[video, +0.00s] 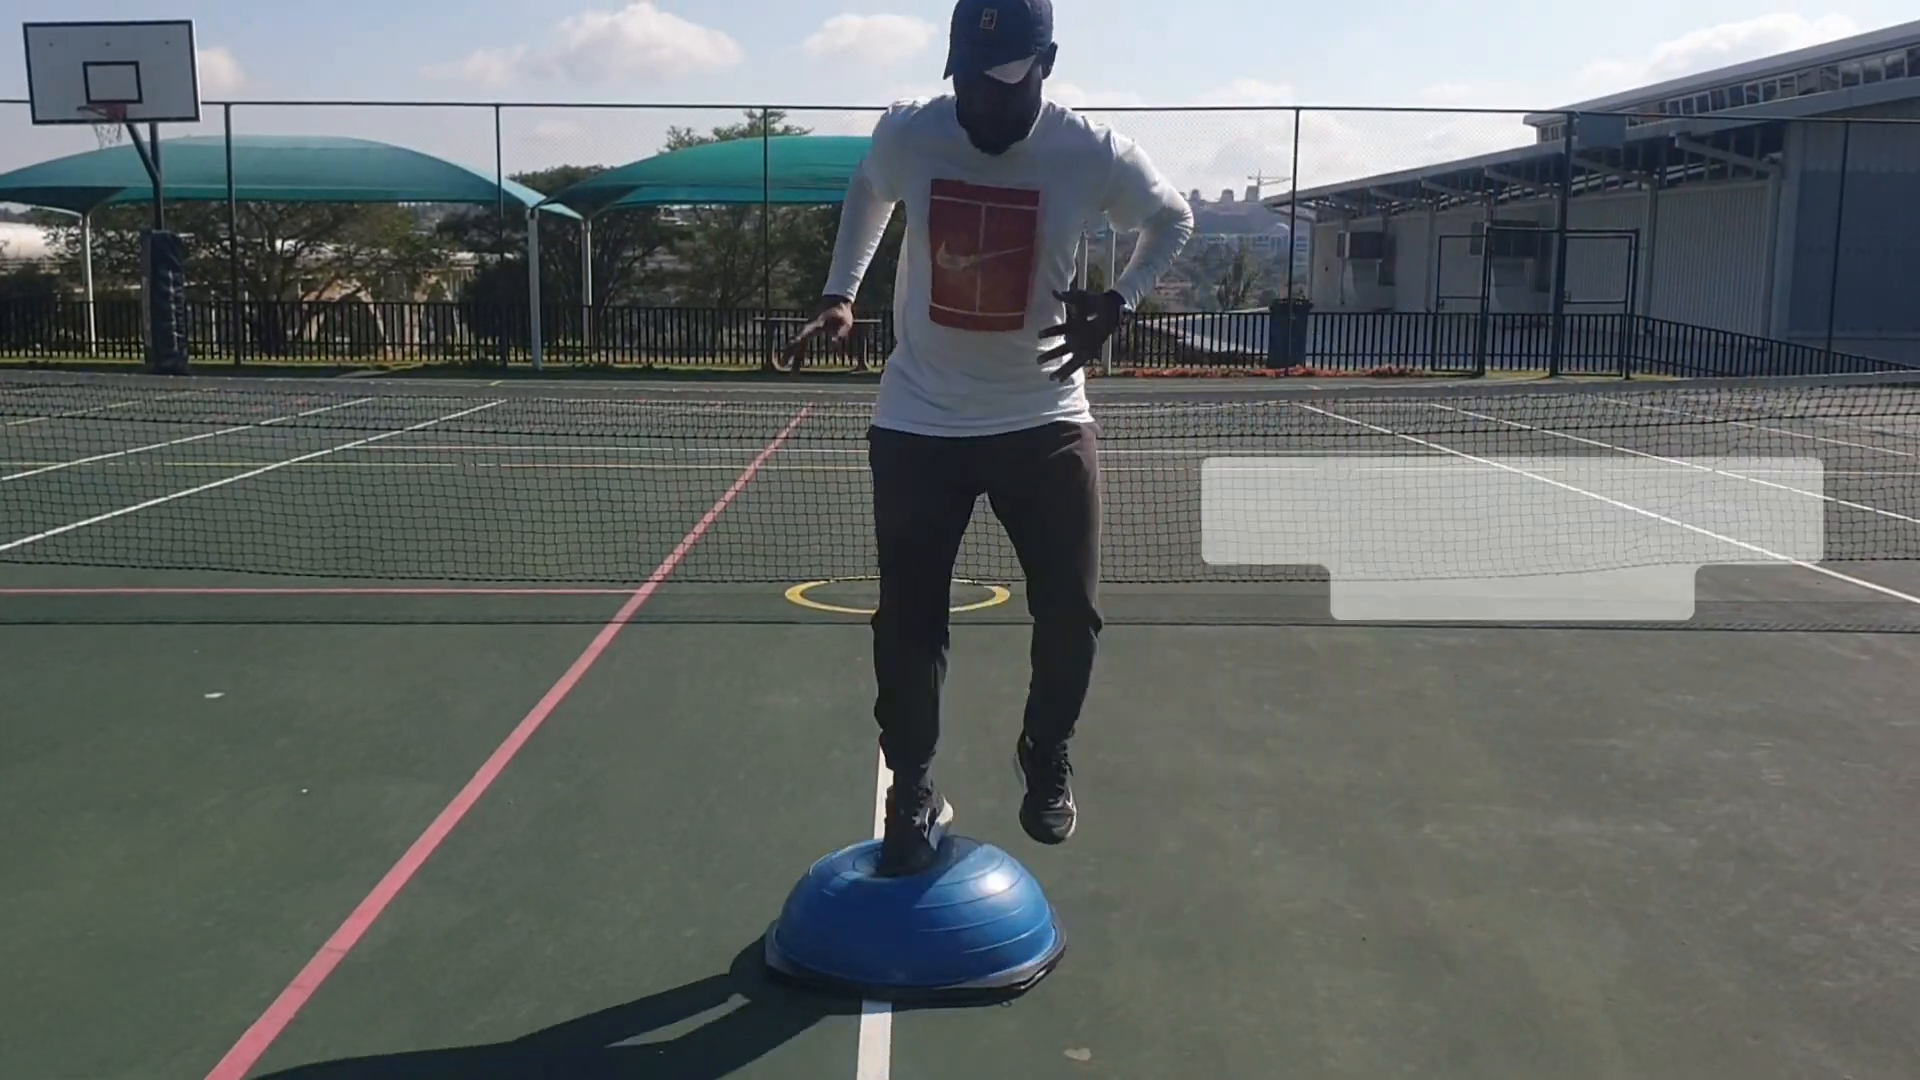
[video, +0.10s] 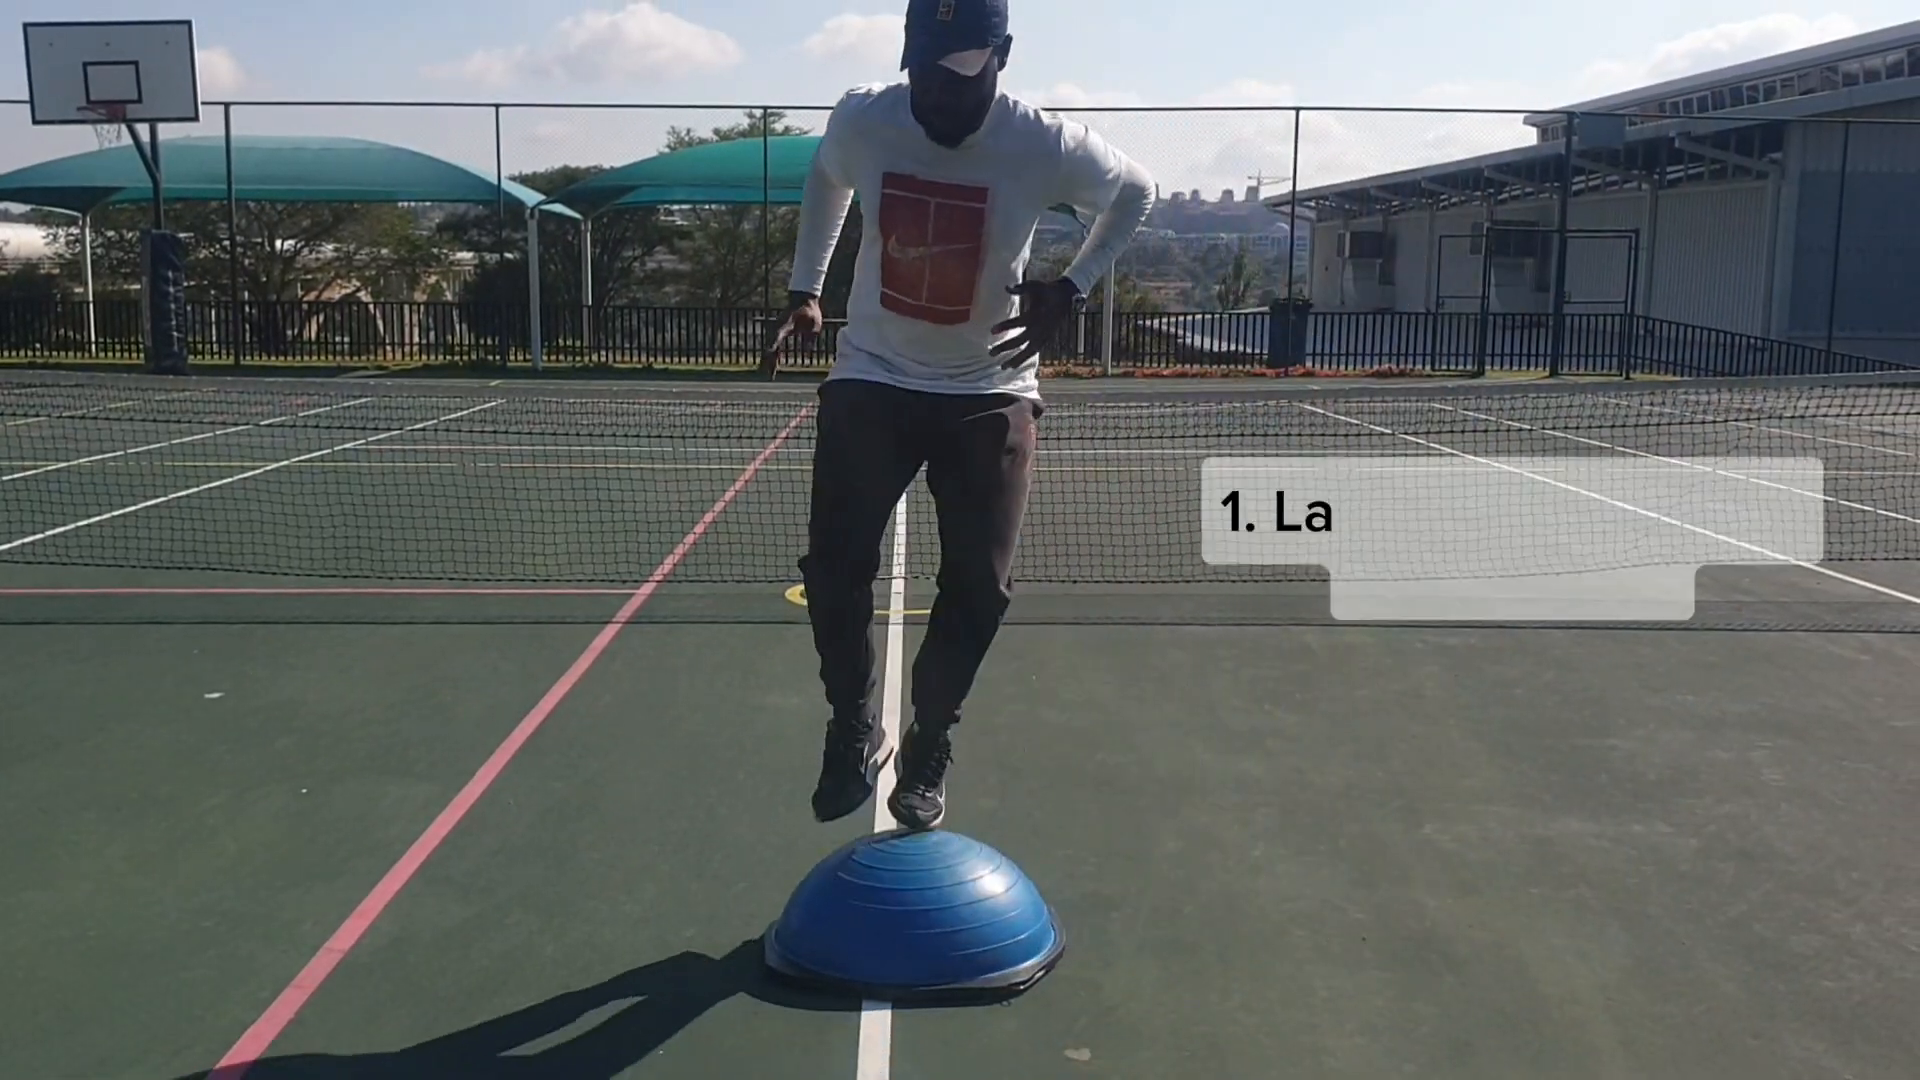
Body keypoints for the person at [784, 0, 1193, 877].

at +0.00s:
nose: (983, 99)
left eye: (1003, 81)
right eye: (971, 80)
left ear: (1041, 66)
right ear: (954, 64)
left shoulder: (1085, 152)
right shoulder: (906, 134)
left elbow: (1173, 218)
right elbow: (871, 194)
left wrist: (1118, 301)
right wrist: (841, 290)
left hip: (1043, 419)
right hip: (919, 419)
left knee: (1070, 608)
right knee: (908, 613)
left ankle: (1048, 761)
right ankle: (912, 795)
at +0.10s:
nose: (941, 95)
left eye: (961, 79)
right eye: (929, 74)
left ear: (998, 61)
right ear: (908, 55)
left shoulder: (1040, 144)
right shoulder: (861, 123)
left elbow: (1133, 191)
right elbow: (828, 183)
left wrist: (1074, 283)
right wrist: (806, 290)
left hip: (989, 388)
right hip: (873, 376)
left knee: (981, 583)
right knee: (834, 565)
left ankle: (930, 742)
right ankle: (852, 724)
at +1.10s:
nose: (1076, 235)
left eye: (1093, 217)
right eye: (1061, 215)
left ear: (1118, 220)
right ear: (1033, 214)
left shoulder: (1157, 300)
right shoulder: (976, 312)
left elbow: (1195, 381)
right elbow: (930, 401)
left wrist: (1173, 432)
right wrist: (967, 488)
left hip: (1123, 523)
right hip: (1011, 520)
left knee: (1213, 690)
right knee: (991, 658)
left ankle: (1200, 830)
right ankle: (963, 807)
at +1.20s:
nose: (1052, 213)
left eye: (1071, 197)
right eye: (1038, 194)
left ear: (1098, 202)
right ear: (1013, 193)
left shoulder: (1138, 287)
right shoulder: (953, 288)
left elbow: (1204, 381)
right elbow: (887, 356)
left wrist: (1158, 401)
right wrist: (895, 416)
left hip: (1101, 505)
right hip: (987, 503)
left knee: (1185, 674)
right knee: (984, 628)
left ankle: (1198, 828)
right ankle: (955, 815)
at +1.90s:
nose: (854, 197)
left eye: (869, 175)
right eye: (833, 178)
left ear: (891, 162)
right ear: (797, 172)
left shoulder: (943, 248)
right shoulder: (750, 263)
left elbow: (1037, 304)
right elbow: (721, 344)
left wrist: (999, 349)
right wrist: (724, 408)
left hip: (901, 506)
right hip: (776, 514)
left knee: (919, 687)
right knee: (716, 714)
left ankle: (889, 824)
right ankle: (641, 896)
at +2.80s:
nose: (894, 93)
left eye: (910, 75)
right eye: (877, 73)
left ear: (935, 55)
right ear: (844, 52)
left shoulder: (980, 136)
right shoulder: (789, 133)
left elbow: (1052, 174)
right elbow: (743, 180)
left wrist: (1017, 262)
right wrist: (753, 278)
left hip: (947, 380)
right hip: (823, 379)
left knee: (977, 568)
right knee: (789, 573)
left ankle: (924, 723)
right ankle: (818, 727)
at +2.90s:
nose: (854, 116)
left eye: (871, 95)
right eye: (835, 96)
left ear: (898, 74)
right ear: (802, 74)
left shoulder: (950, 157)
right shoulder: (747, 161)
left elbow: (1013, 191)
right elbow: (711, 208)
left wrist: (976, 277)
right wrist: (729, 305)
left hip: (907, 421)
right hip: (781, 416)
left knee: (922, 616)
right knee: (730, 618)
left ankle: (862, 790)